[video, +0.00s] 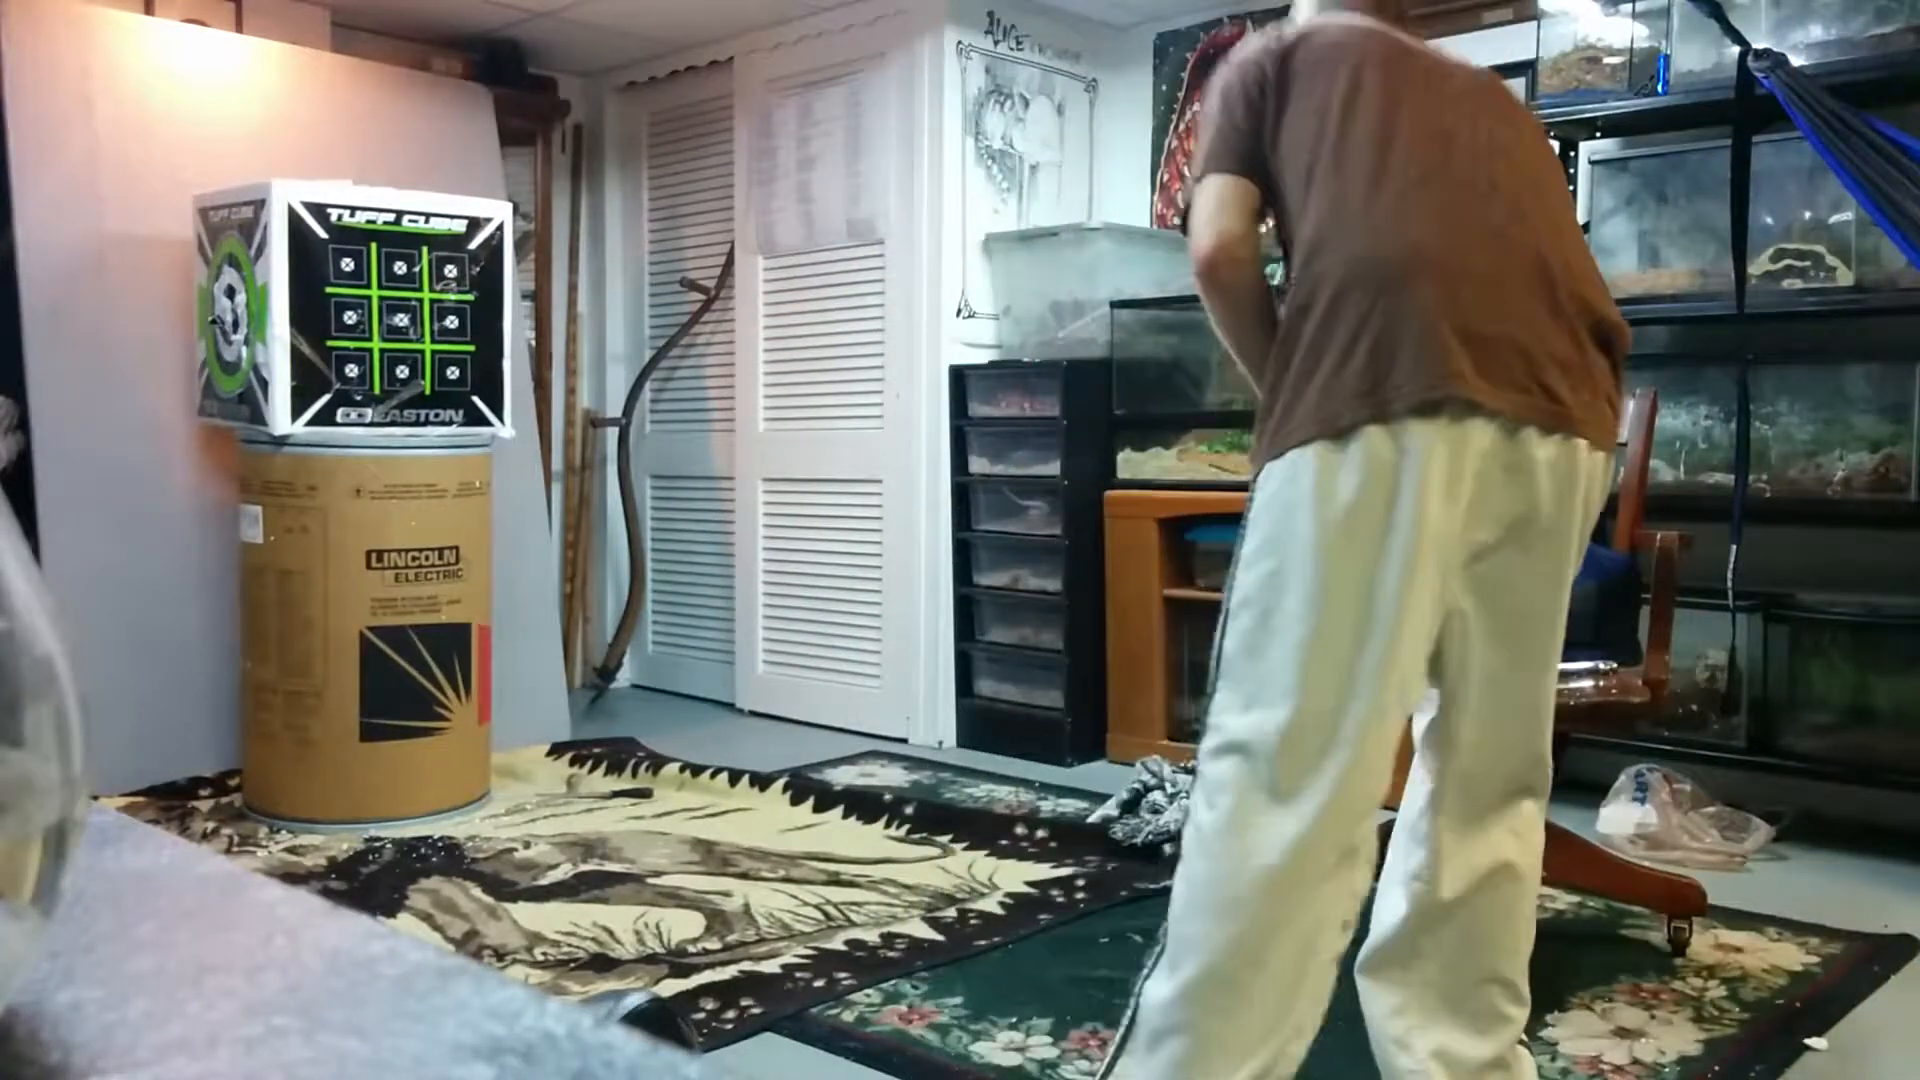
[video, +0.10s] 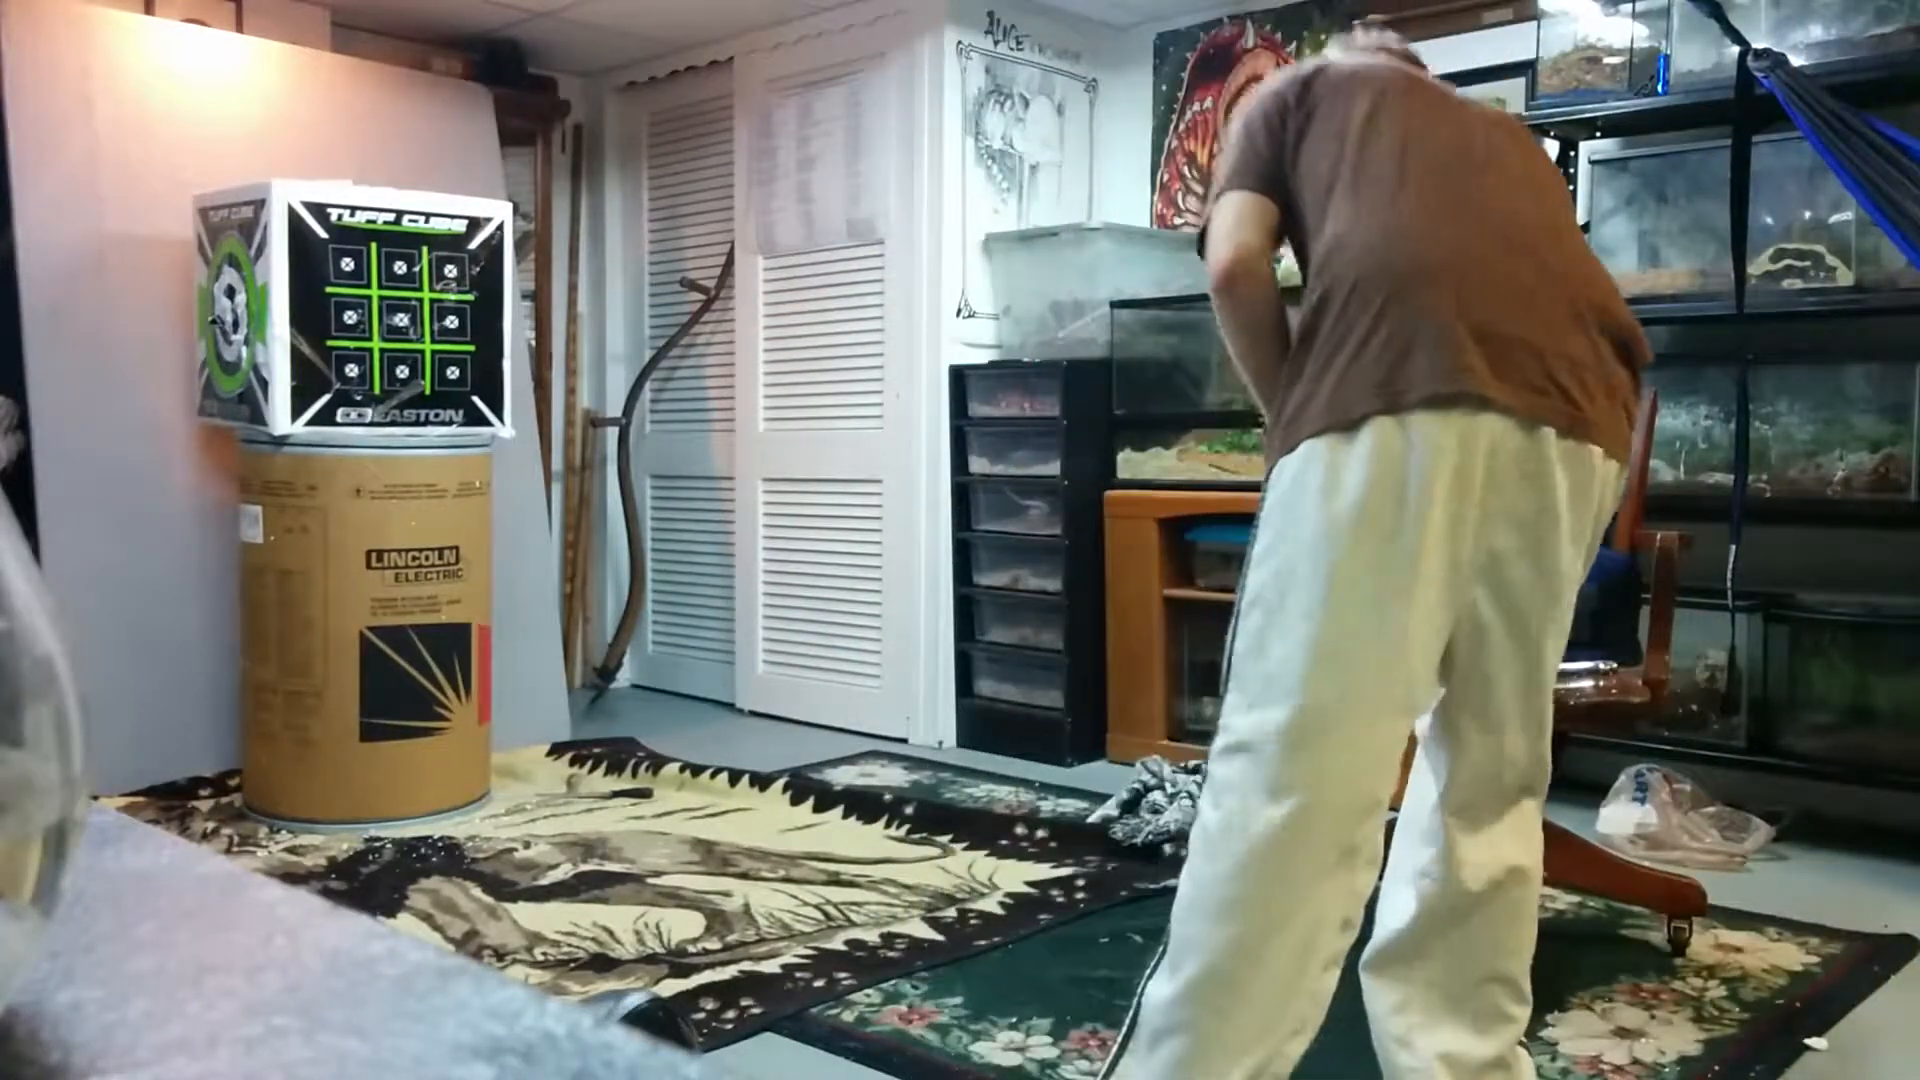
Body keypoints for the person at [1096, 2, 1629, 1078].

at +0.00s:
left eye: (1228, 67)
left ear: (1287, 27)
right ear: (1410, 18)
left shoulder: (1268, 56)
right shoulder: (1500, 99)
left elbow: (1219, 247)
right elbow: (1583, 295)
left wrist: (1286, 396)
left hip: (1379, 367)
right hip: (1563, 389)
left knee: (1284, 761)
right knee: (1490, 761)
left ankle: (1194, 1056)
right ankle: (1462, 1053)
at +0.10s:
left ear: (1327, 55)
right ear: (1427, 67)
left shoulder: (1286, 94)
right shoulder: (1517, 138)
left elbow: (1236, 261)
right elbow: (1609, 330)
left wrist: (1290, 414)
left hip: (1393, 374)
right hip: (1578, 398)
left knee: (1295, 760)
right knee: (1491, 757)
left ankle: (1194, 1058)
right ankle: (1464, 1054)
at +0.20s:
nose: (1242, 152)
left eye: (1242, 134)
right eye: (1232, 148)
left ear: (1285, 95)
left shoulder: (1300, 124)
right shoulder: (1520, 170)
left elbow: (1244, 274)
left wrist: (1293, 436)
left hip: (1403, 388)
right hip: (1591, 411)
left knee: (1298, 761)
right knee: (1484, 771)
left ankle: (1191, 1059)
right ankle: (1465, 1057)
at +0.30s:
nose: (1243, 186)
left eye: (1247, 169)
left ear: (1314, 126)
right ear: (1464, 137)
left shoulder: (1301, 135)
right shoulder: (1529, 186)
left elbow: (1248, 282)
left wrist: (1295, 445)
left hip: (1408, 393)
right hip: (1594, 418)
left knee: (1300, 763)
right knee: (1483, 772)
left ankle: (1190, 1059)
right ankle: (1466, 1057)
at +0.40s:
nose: (1242, 174)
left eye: (1248, 156)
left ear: (1305, 123)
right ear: (1464, 134)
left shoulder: (1300, 132)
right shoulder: (1526, 182)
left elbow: (1245, 281)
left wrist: (1293, 446)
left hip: (1407, 392)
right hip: (1594, 416)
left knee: (1298, 760)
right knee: (1482, 770)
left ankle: (1190, 1059)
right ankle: (1465, 1057)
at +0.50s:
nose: (1244, 133)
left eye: (1247, 118)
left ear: (1295, 88)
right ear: (1422, 102)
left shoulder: (1292, 118)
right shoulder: (1513, 160)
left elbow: (1236, 274)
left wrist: (1285, 440)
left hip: (1397, 390)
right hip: (1584, 413)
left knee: (1289, 765)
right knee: (1480, 771)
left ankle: (1188, 1058)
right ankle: (1463, 1057)